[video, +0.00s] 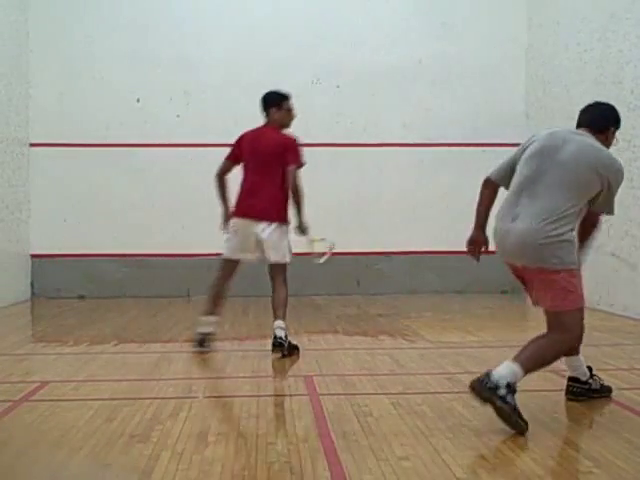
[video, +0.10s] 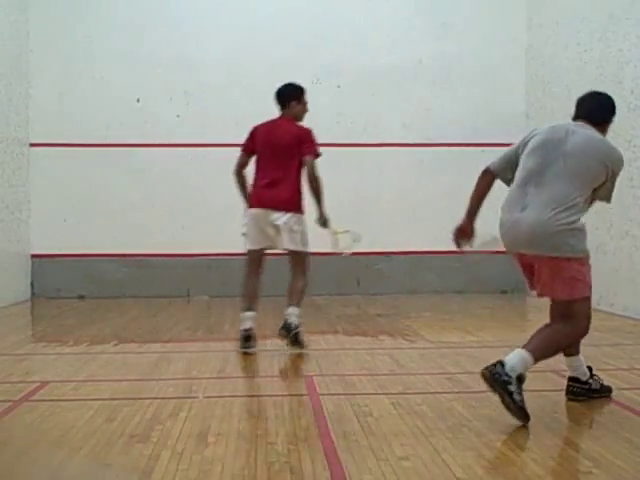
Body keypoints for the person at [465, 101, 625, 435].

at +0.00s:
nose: (613, 141)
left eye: (614, 136)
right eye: (614, 136)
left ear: (580, 124)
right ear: (608, 133)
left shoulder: (542, 139)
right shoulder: (610, 165)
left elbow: (491, 182)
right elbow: (590, 219)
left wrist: (478, 229)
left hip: (506, 239)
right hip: (550, 247)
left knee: (559, 302)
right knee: (565, 335)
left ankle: (579, 376)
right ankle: (499, 380)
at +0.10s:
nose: (607, 129)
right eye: (609, 124)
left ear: (574, 114)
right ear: (608, 123)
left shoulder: (540, 134)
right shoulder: (610, 155)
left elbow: (489, 172)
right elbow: (596, 196)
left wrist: (468, 220)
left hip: (512, 231)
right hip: (558, 236)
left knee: (563, 302)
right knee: (575, 323)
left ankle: (579, 376)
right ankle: (508, 370)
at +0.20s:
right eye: (594, 105)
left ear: (560, 101)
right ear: (595, 107)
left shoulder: (531, 128)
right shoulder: (604, 139)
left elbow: (480, 168)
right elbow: (599, 183)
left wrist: (452, 211)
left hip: (518, 229)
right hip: (566, 230)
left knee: (561, 300)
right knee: (585, 315)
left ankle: (579, 377)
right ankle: (521, 366)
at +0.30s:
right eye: (575, 91)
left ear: (540, 90)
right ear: (576, 92)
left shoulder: (516, 124)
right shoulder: (591, 127)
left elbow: (469, 164)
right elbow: (592, 190)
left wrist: (440, 211)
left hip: (517, 231)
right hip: (566, 230)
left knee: (559, 296)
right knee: (585, 313)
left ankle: (579, 377)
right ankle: (536, 375)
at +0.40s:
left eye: (526, 70)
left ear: (522, 75)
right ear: (558, 77)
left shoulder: (498, 115)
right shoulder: (577, 117)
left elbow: (461, 158)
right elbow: (597, 178)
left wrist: (440, 209)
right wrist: (572, 201)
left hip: (512, 226)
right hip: (561, 222)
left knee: (548, 304)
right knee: (566, 312)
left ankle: (573, 376)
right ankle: (530, 386)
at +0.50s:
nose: (515, 68)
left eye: (509, 62)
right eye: (535, 62)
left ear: (505, 65)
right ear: (542, 66)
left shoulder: (482, 107)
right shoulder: (562, 108)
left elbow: (457, 155)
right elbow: (595, 169)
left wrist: (448, 209)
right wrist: (587, 210)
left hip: (501, 222)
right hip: (551, 218)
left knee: (534, 303)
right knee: (545, 309)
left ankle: (557, 375)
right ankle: (521, 391)